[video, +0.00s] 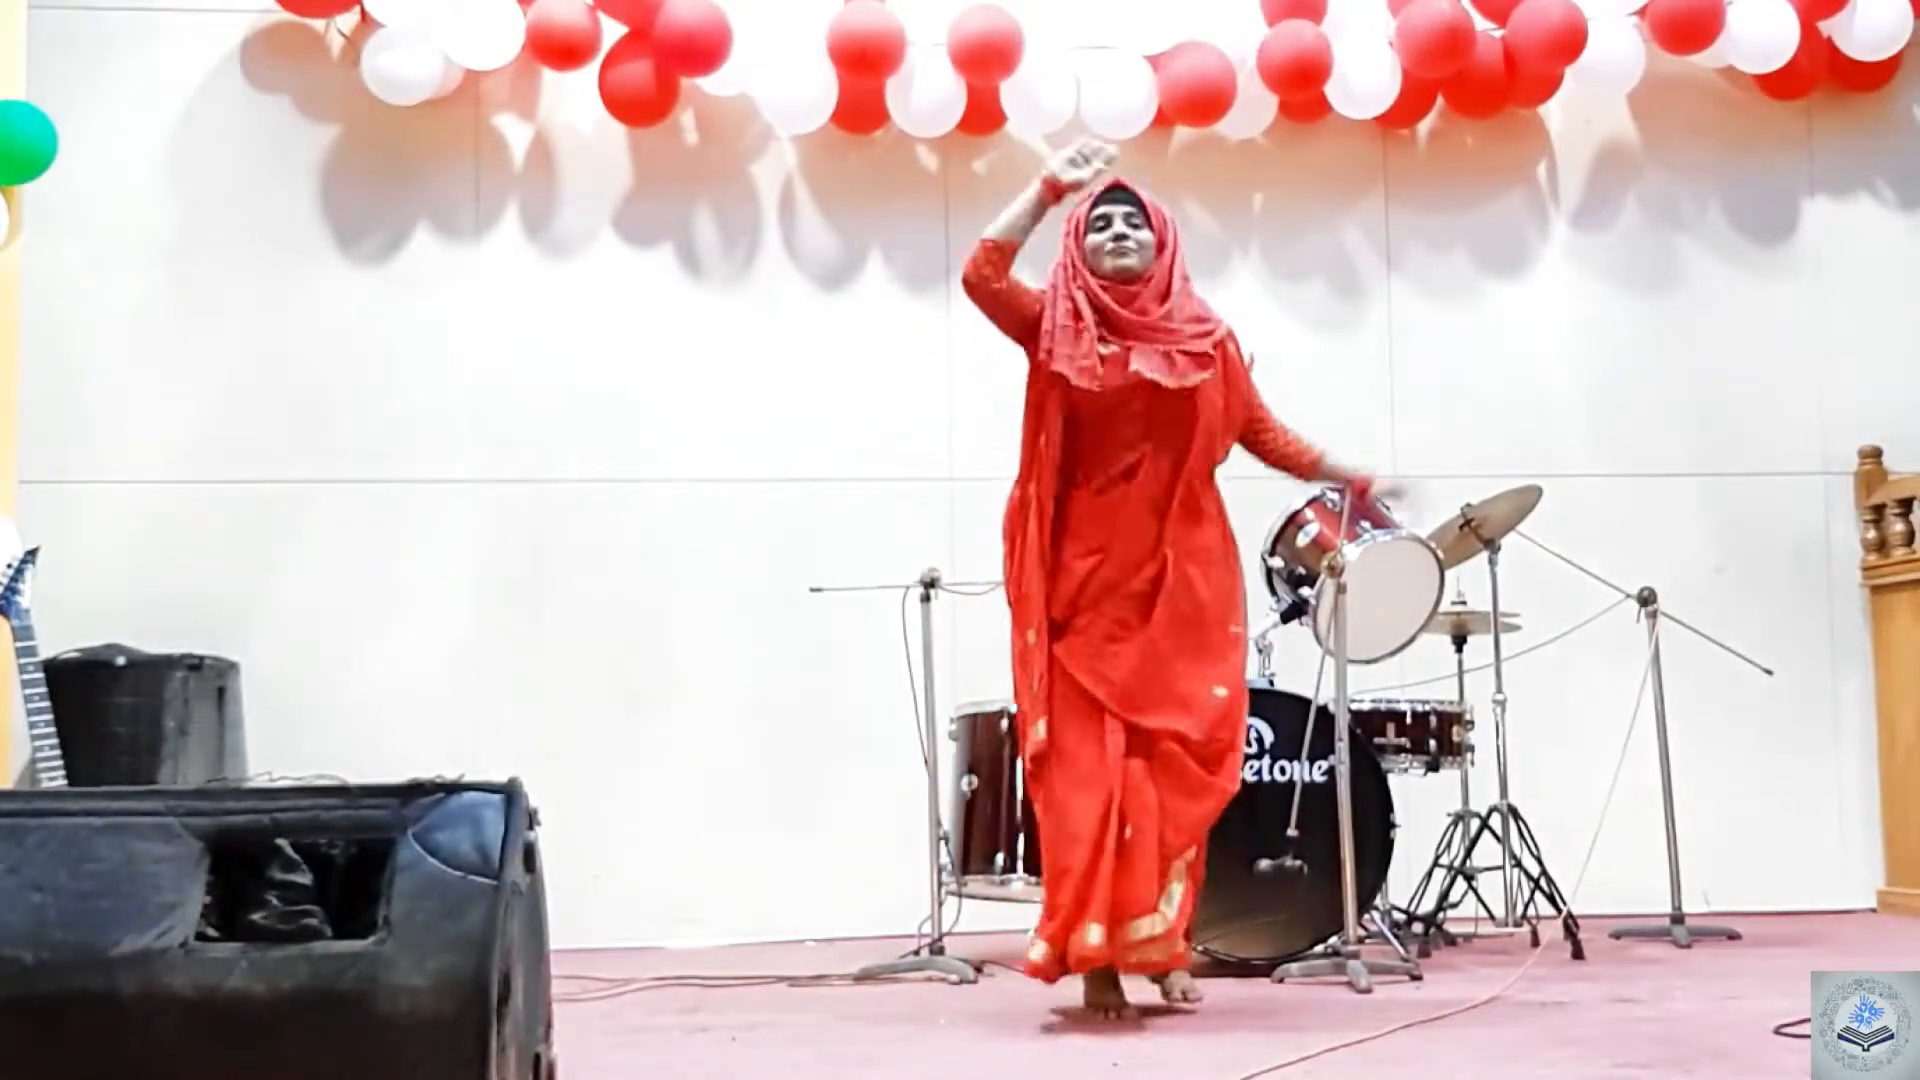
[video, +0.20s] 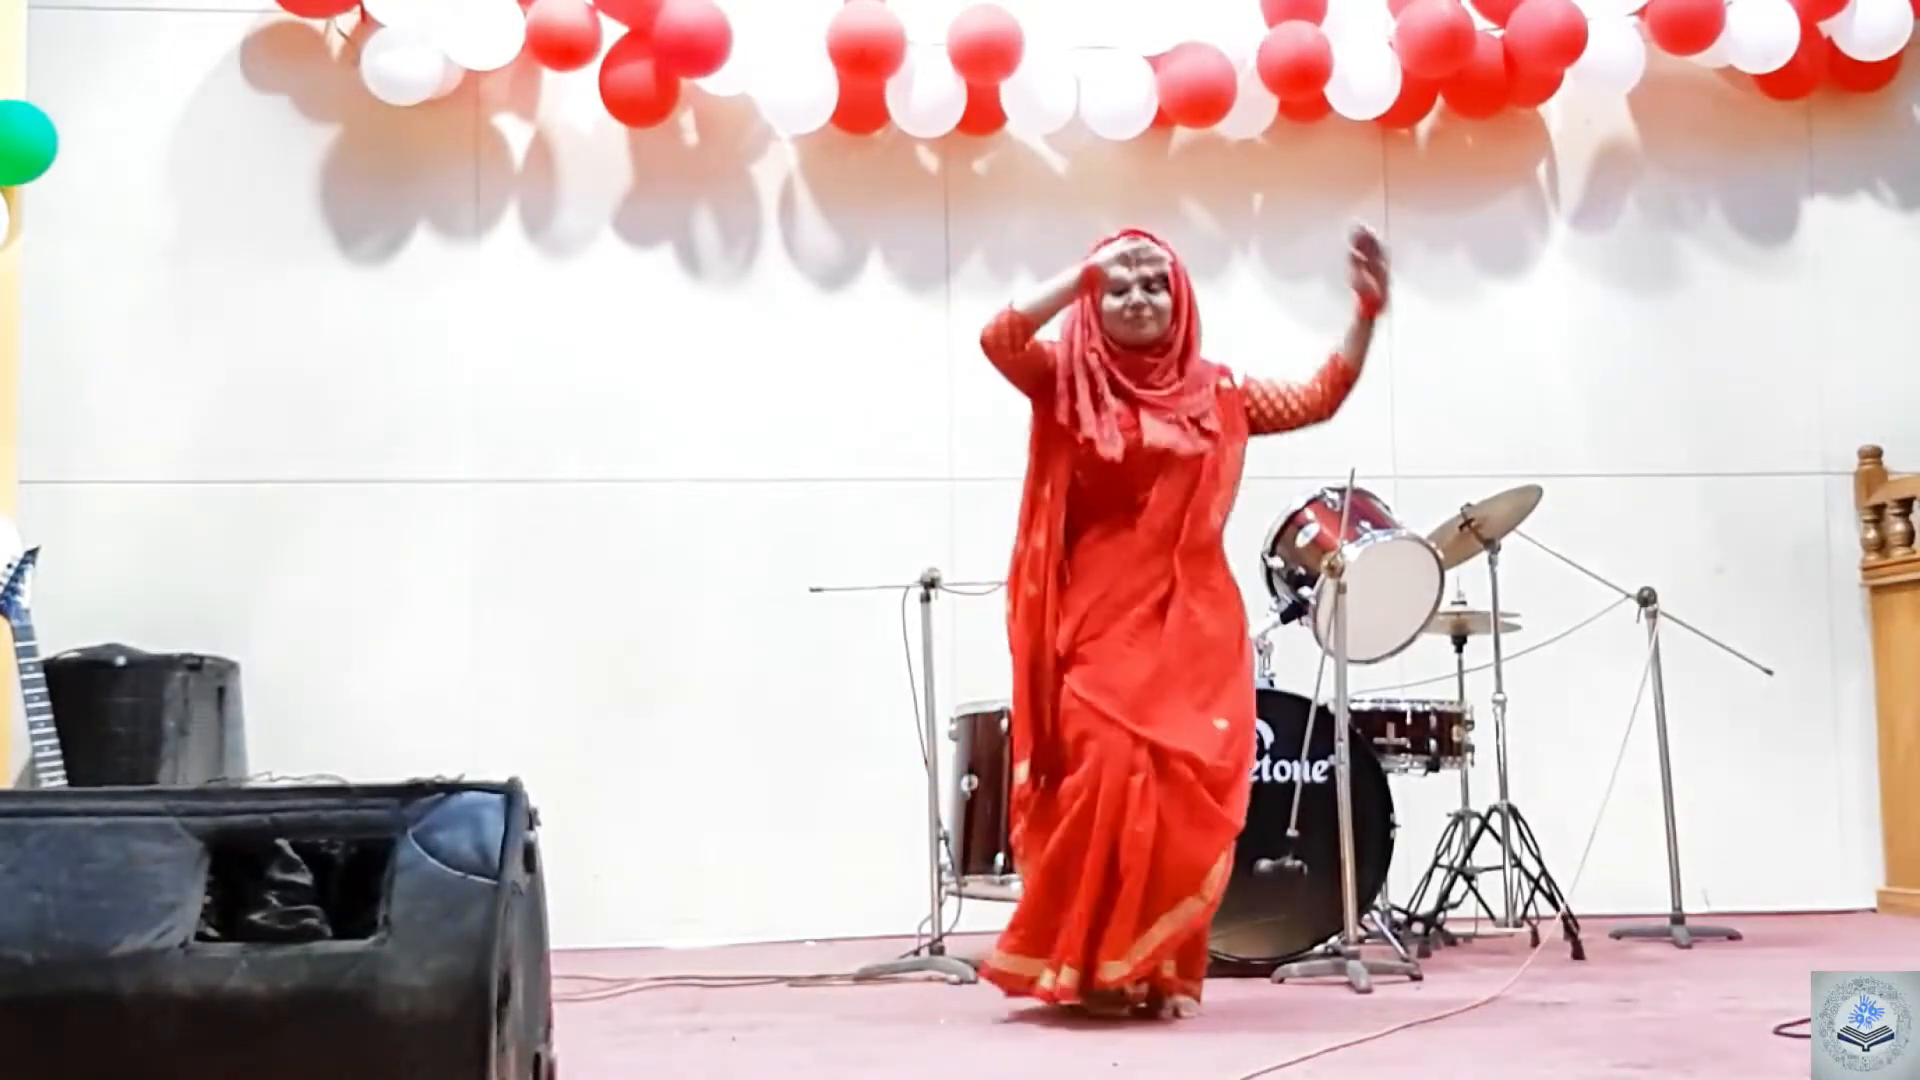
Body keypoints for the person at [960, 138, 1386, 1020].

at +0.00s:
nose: (1117, 232)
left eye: (1131, 219)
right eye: (1098, 224)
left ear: (1160, 239)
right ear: (1079, 248)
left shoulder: (1203, 341)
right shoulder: (1058, 331)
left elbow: (1264, 435)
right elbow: (982, 273)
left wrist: (1346, 474)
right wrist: (1043, 191)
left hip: (1183, 582)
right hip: (1081, 582)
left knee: (1183, 761)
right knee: (1089, 762)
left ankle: (1165, 946)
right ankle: (1097, 963)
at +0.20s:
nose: (1139, 298)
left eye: (1154, 284)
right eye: (1121, 288)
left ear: (1181, 298)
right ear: (1097, 306)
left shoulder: (1219, 394)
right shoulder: (1070, 382)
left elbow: (1321, 399)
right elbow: (1002, 339)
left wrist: (1366, 313)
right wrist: (1077, 284)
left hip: (1197, 612)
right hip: (1098, 612)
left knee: (1193, 777)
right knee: (1111, 763)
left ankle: (1160, 970)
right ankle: (1093, 966)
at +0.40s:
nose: (1143, 244)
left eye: (1158, 233)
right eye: (1127, 232)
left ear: (1182, 251)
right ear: (1099, 252)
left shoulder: (1215, 329)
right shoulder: (1068, 325)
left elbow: (1303, 285)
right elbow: (997, 291)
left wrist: (1266, 200)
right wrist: (1085, 245)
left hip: (1184, 586)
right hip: (1089, 583)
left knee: (1184, 767)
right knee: (1092, 768)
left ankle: (1169, 957)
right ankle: (1093, 970)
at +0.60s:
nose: (1152, 272)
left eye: (1167, 260)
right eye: (1135, 258)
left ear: (1192, 279)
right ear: (1104, 272)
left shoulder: (1208, 353)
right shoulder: (1071, 350)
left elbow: (1288, 314)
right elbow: (994, 321)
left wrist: (1220, 251)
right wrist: (1094, 282)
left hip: (1187, 592)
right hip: (1093, 590)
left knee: (1188, 770)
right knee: (1094, 768)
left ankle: (1170, 967)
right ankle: (1094, 971)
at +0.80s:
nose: (1138, 279)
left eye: (1152, 266)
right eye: (1121, 267)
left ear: (1176, 282)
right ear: (1091, 280)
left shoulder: (1206, 358)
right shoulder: (1060, 356)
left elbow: (1298, 334)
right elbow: (973, 336)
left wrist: (1222, 288)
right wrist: (1071, 302)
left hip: (1193, 605)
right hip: (1094, 602)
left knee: (1199, 790)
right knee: (1094, 784)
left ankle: (1169, 977)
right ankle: (1087, 980)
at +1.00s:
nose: (1139, 264)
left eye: (1153, 252)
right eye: (1124, 252)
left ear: (1174, 268)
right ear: (1094, 265)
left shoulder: (1207, 348)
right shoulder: (1057, 335)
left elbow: (1301, 344)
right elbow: (972, 293)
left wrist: (1282, 288)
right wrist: (1031, 235)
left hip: (1182, 592)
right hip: (1081, 589)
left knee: (1193, 770)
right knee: (1090, 769)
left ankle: (1182, 964)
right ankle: (1086, 968)